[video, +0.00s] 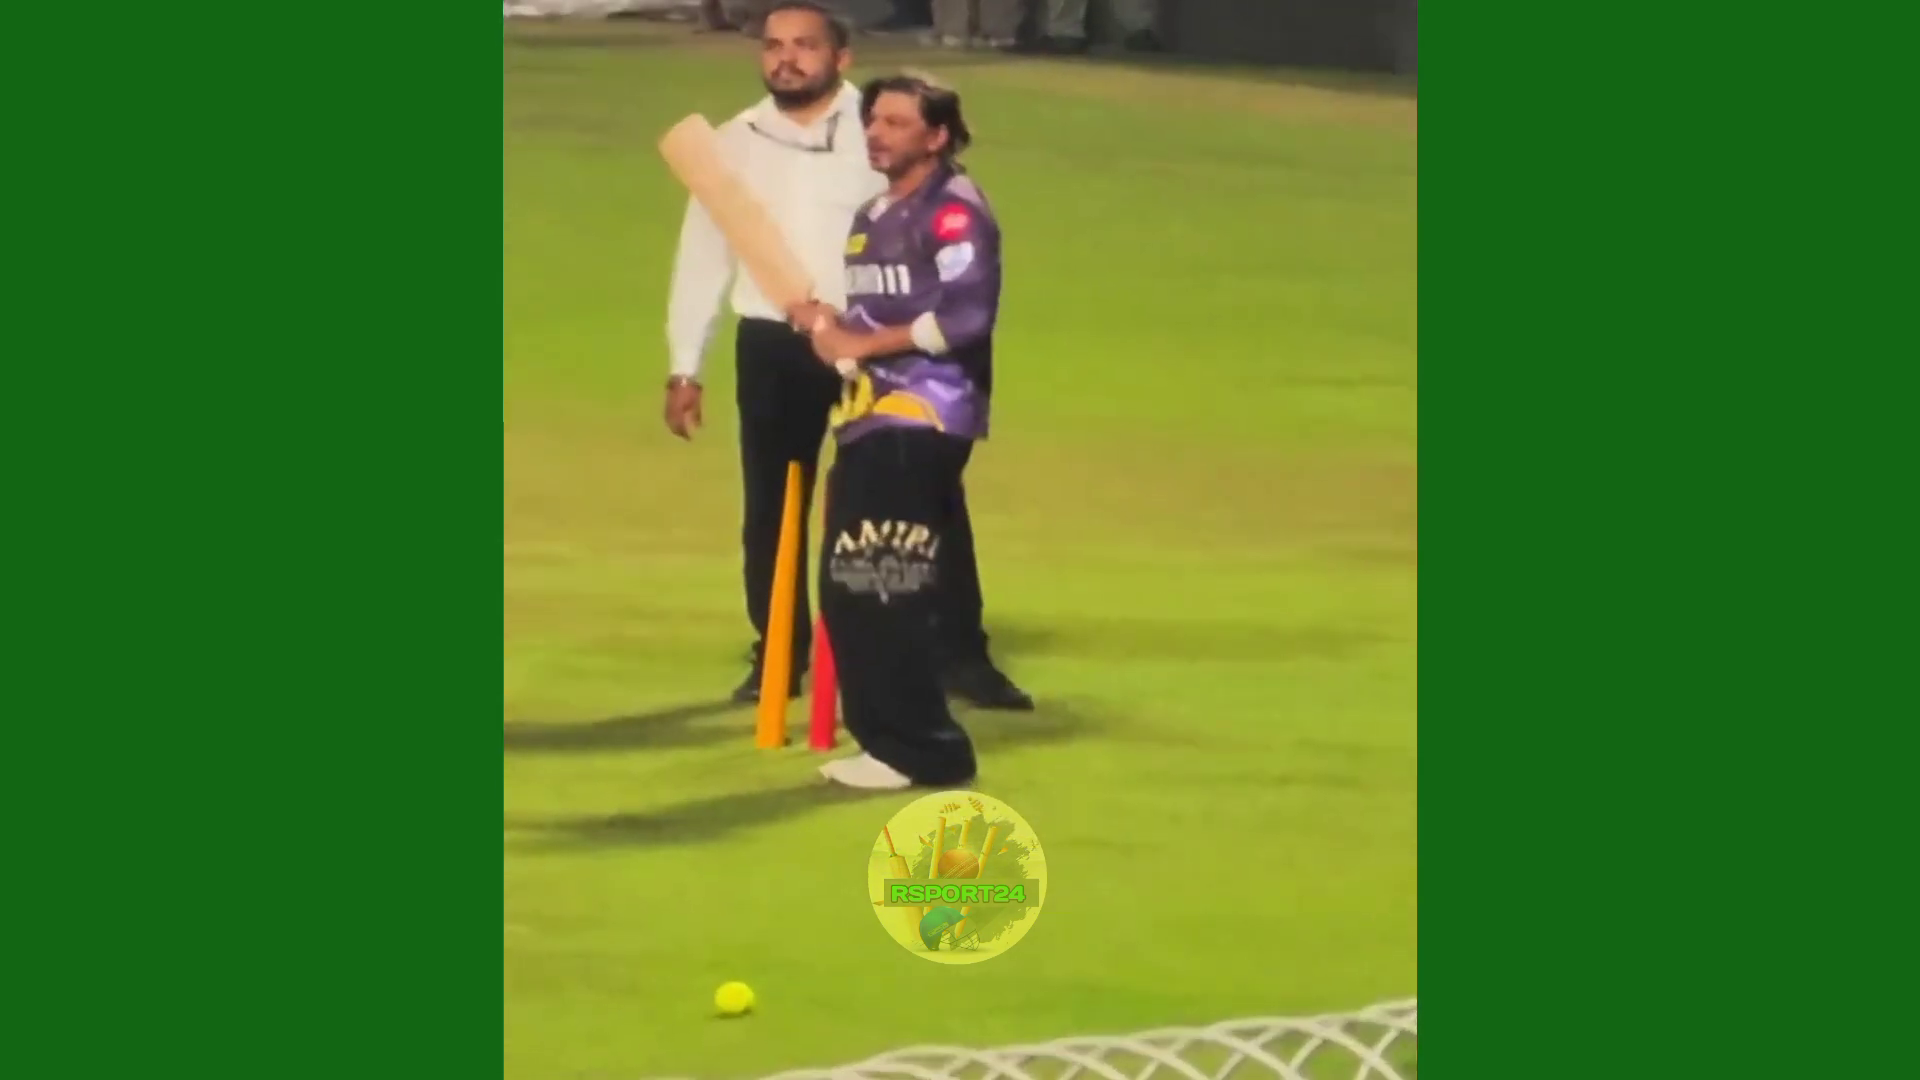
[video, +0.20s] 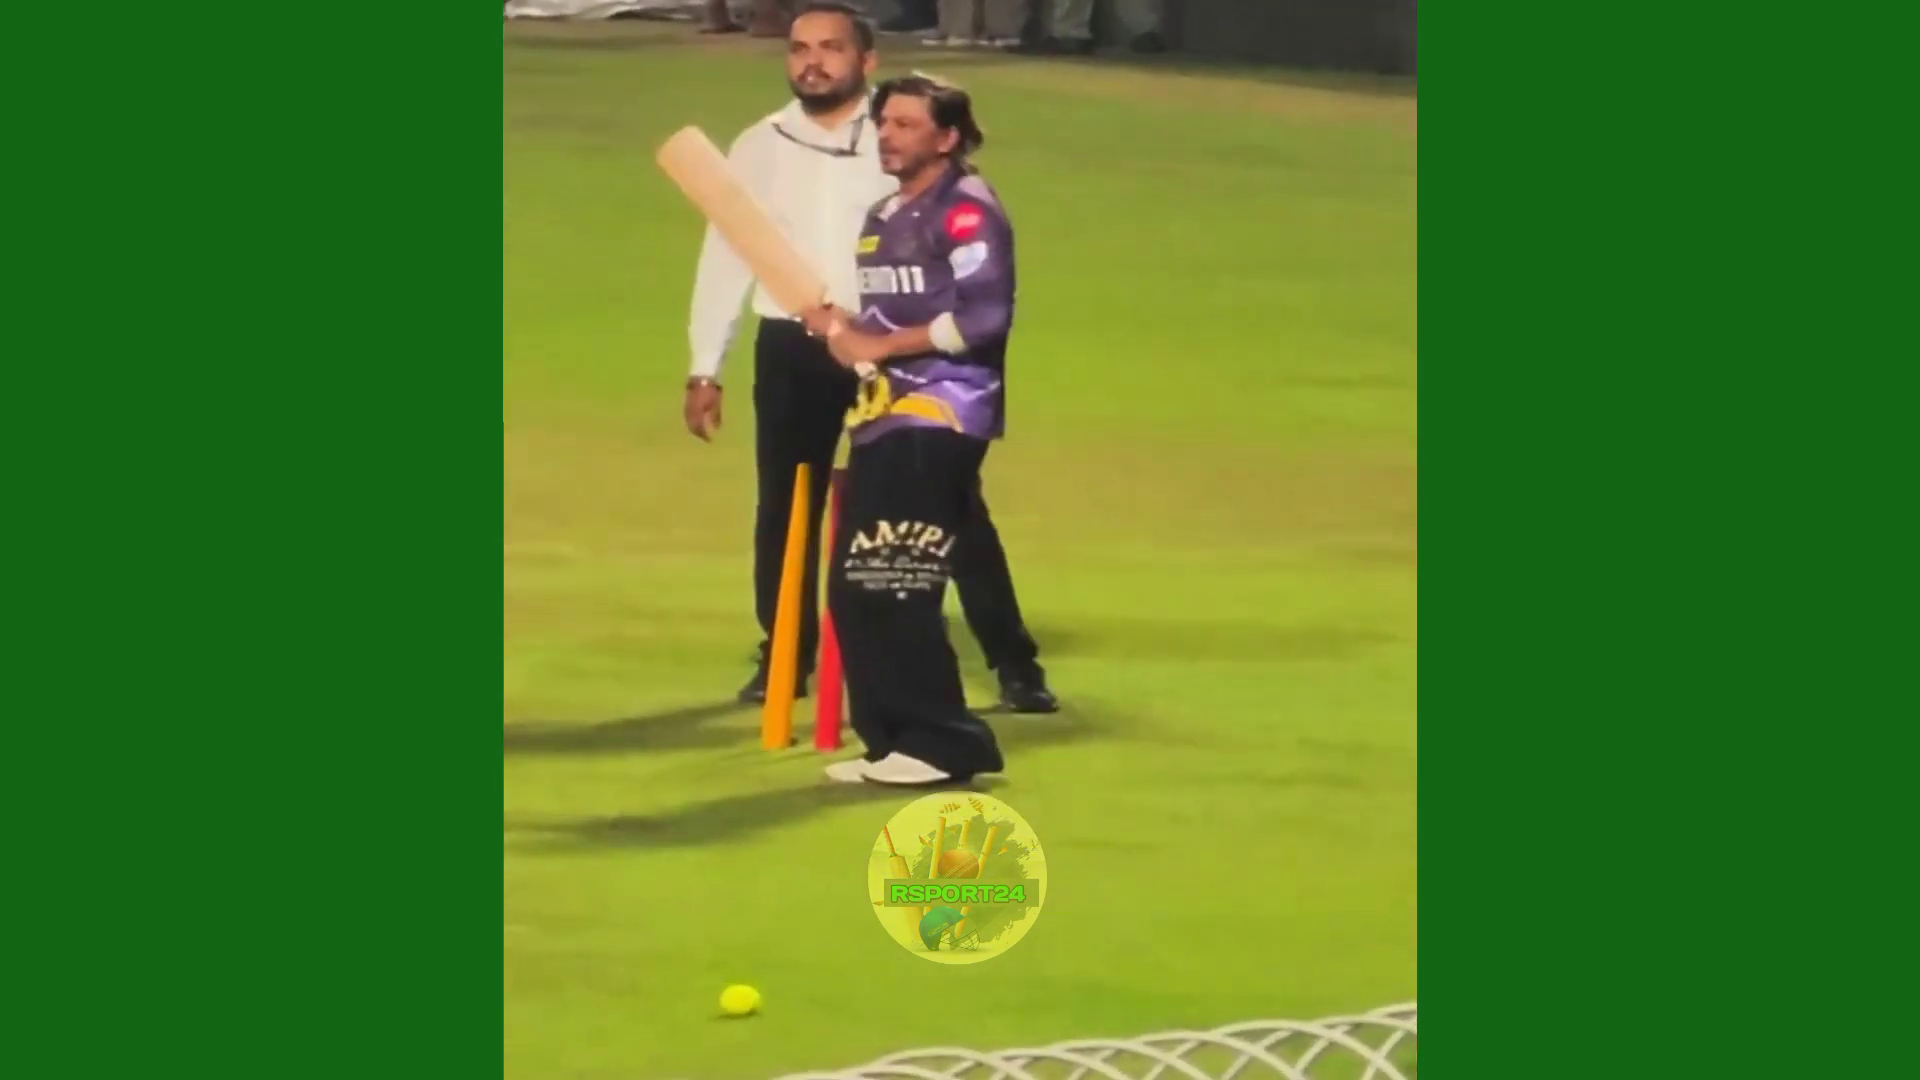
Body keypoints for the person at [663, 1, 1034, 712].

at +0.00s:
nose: (785, 58)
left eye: (802, 45)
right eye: (774, 46)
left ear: (839, 56)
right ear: (761, 56)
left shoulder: (880, 133)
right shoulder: (736, 143)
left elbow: (944, 236)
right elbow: (702, 257)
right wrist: (685, 368)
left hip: (874, 345)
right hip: (775, 345)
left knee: (932, 506)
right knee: (772, 510)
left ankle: (962, 656)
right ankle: (778, 656)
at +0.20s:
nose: (811, 62)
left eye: (828, 48)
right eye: (799, 48)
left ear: (865, 59)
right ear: (787, 57)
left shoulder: (900, 142)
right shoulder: (758, 148)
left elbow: (956, 248)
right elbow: (723, 261)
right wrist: (703, 368)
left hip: (890, 352)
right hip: (793, 348)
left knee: (956, 513)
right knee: (784, 511)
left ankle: (1016, 664)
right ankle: (784, 656)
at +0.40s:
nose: (862, 59)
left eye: (879, 46)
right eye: (851, 45)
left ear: (915, 56)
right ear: (836, 55)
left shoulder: (959, 143)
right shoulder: (805, 142)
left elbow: (1001, 254)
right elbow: (770, 259)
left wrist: (973, 343)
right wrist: (749, 362)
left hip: (933, 364)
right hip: (831, 364)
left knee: (976, 524)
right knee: (814, 515)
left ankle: (1018, 665)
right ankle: (789, 660)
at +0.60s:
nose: (904, 62)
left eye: (923, 50)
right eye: (894, 47)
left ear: (957, 63)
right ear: (878, 55)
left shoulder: (1001, 142)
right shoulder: (840, 141)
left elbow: (1033, 251)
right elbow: (806, 251)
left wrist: (1002, 352)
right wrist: (799, 355)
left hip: (968, 350)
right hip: (866, 348)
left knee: (1001, 525)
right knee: (841, 527)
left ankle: (1040, 669)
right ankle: (807, 671)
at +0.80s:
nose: (899, 64)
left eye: (918, 51)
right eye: (888, 49)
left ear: (951, 64)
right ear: (873, 56)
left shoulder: (989, 143)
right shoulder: (830, 141)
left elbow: (1027, 249)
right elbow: (790, 245)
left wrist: (1000, 361)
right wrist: (785, 351)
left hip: (953, 352)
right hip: (852, 354)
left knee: (987, 525)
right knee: (828, 519)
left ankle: (1029, 669)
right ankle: (801, 664)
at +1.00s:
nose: (888, 63)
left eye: (906, 51)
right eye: (877, 49)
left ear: (938, 64)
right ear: (861, 56)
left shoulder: (960, 143)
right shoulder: (818, 139)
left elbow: (1000, 260)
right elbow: (764, 235)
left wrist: (975, 372)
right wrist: (758, 336)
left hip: (936, 352)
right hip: (837, 352)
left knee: (981, 519)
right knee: (819, 521)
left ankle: (1021, 669)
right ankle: (794, 666)